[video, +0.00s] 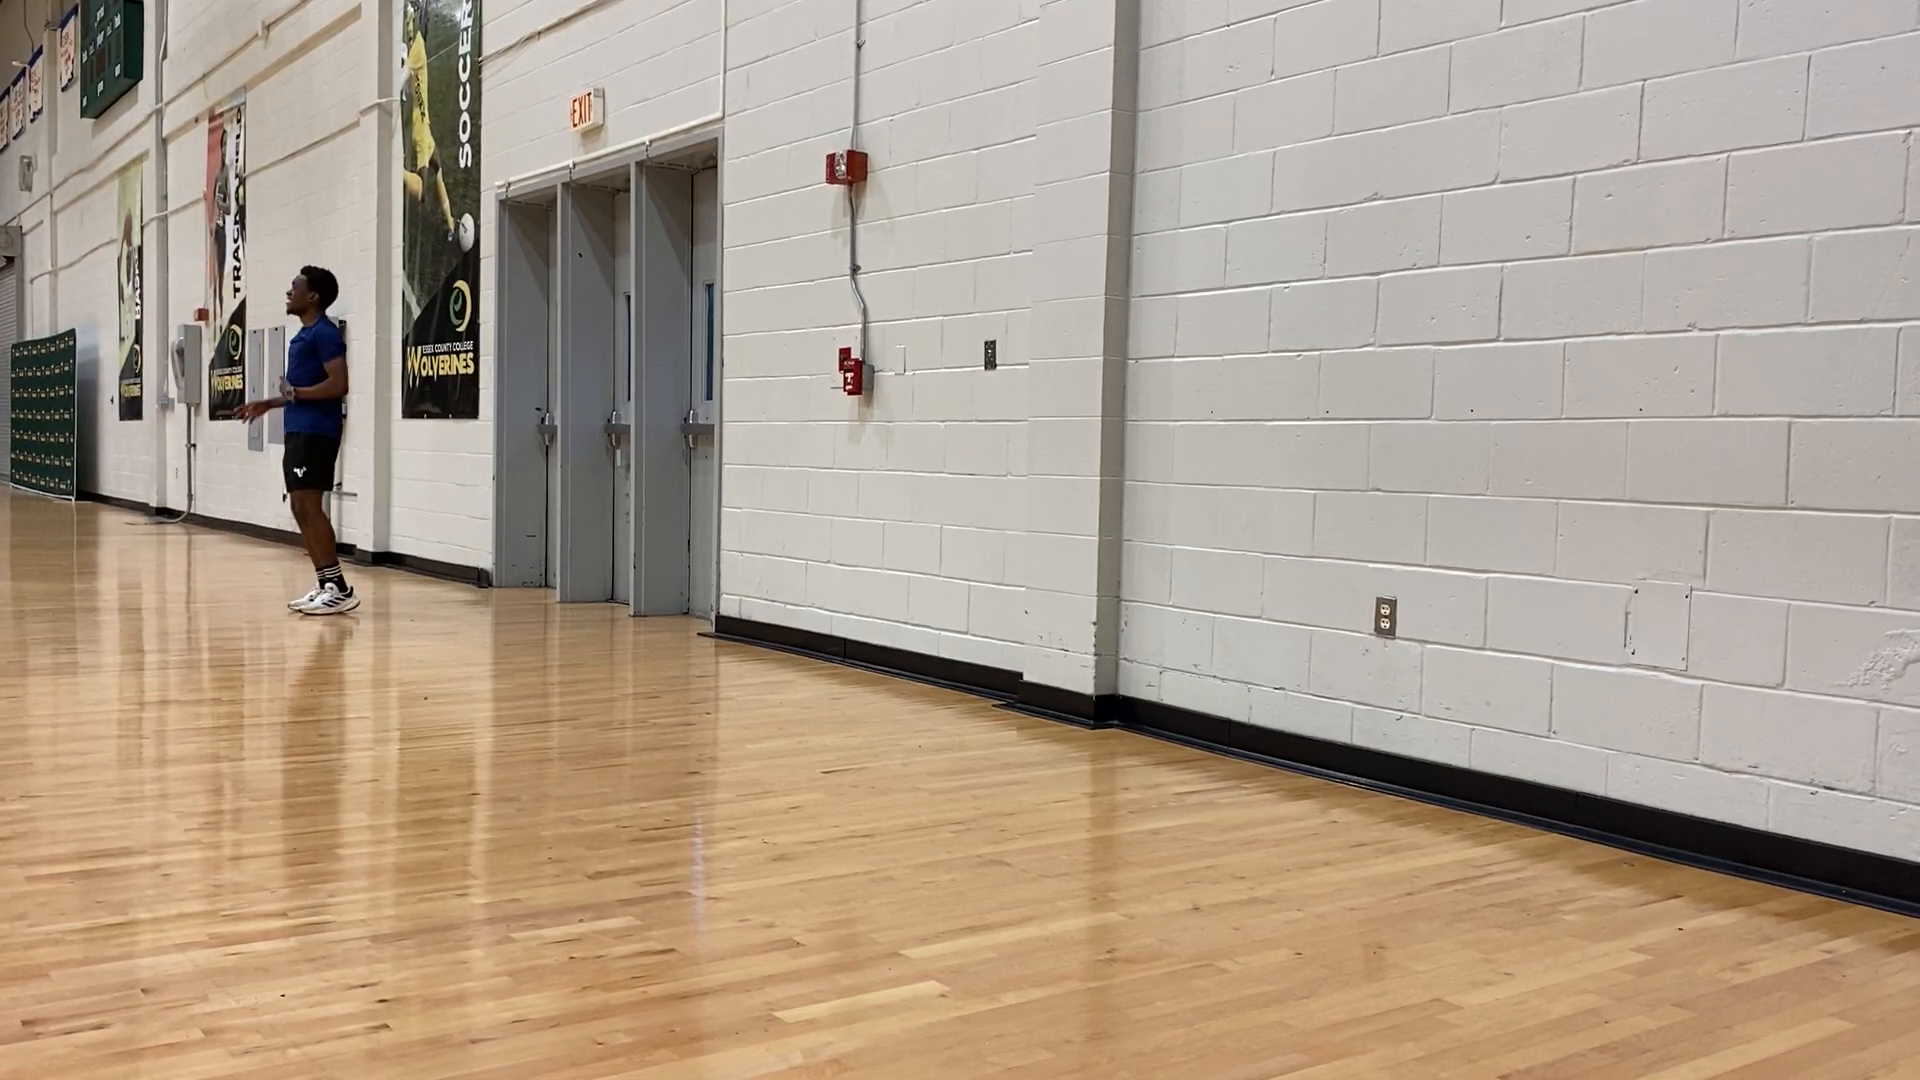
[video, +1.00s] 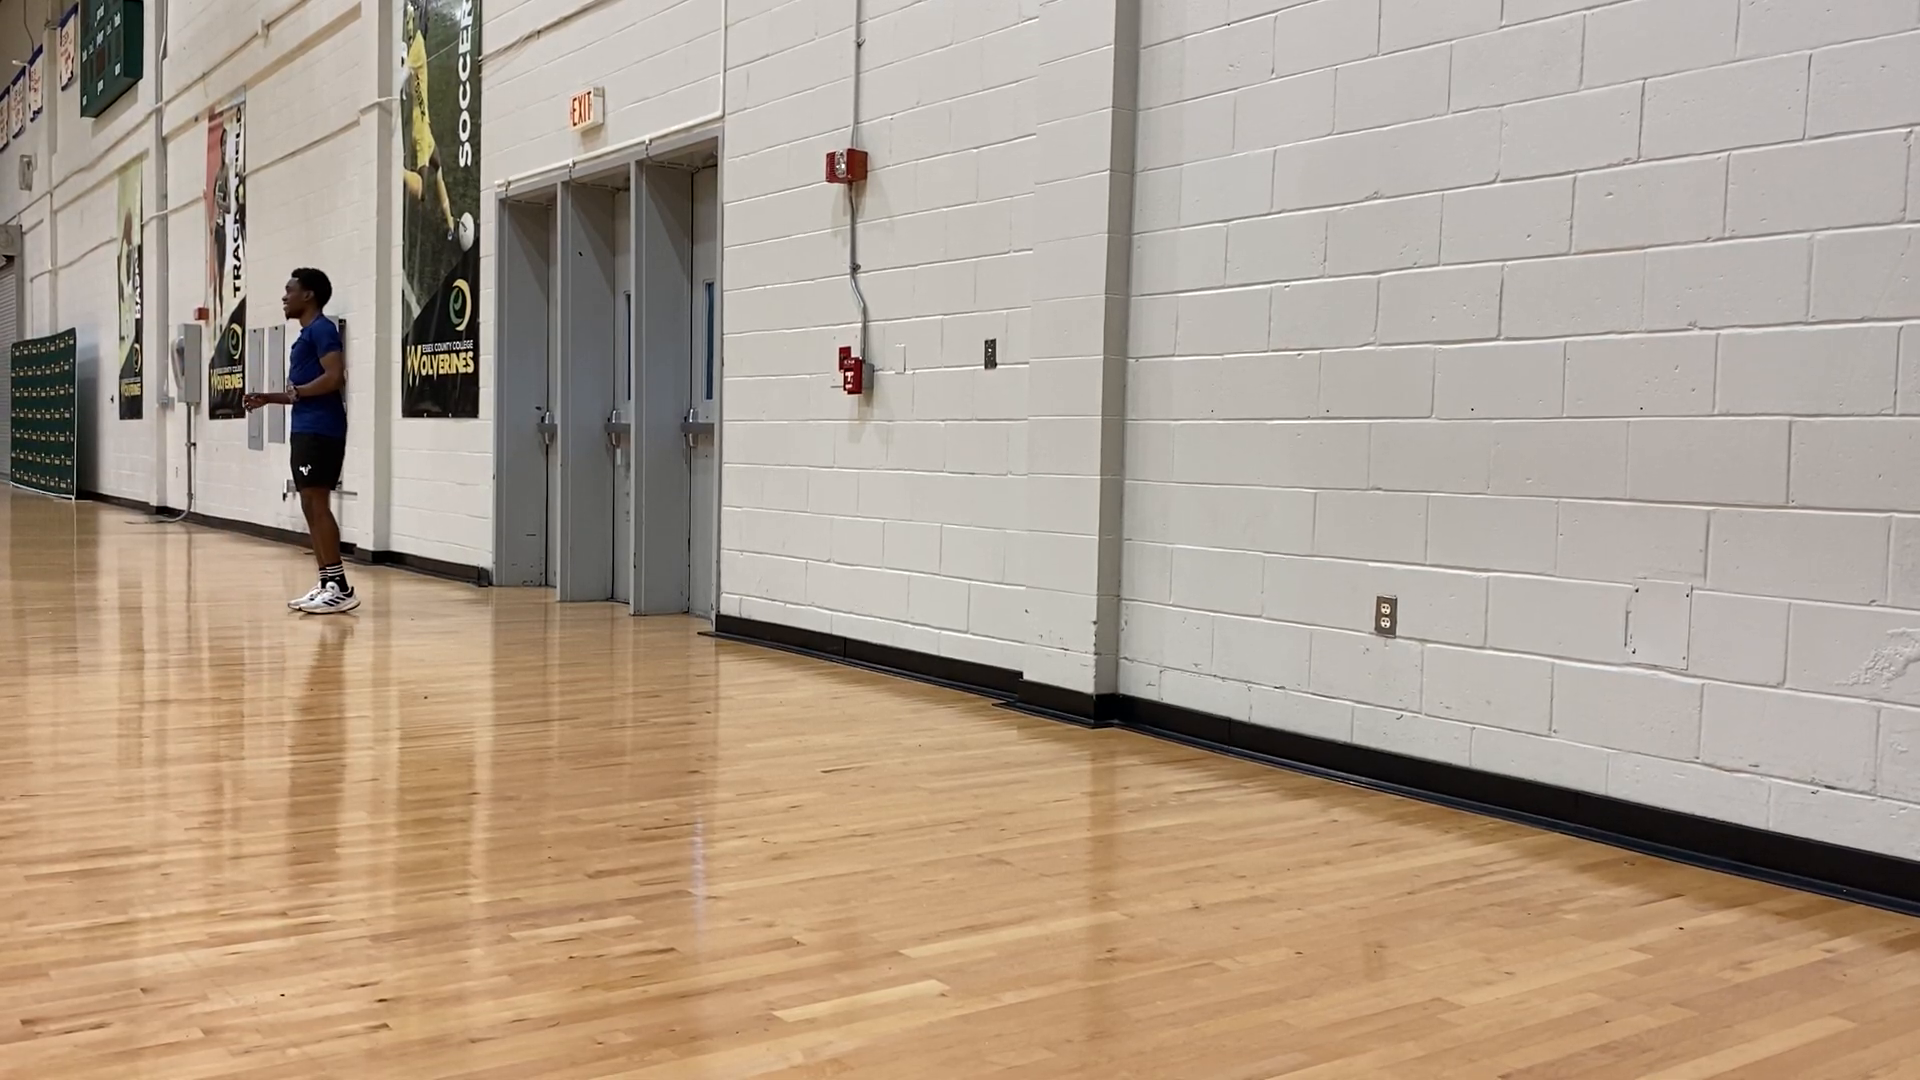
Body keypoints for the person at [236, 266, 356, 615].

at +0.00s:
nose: (289, 291)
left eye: (296, 287)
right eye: (292, 285)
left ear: (314, 296)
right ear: (309, 296)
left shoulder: (323, 332)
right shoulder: (305, 334)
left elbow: (338, 385)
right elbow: (301, 393)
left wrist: (297, 392)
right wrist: (264, 405)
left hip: (316, 434)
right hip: (300, 433)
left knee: (309, 507)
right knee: (300, 508)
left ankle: (337, 588)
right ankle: (325, 585)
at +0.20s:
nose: (290, 291)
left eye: (297, 287)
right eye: (293, 286)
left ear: (315, 297)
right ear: (309, 297)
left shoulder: (321, 331)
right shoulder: (306, 335)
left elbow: (334, 379)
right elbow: (297, 390)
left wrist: (301, 394)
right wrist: (258, 389)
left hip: (322, 435)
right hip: (308, 434)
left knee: (318, 507)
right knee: (311, 507)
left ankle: (338, 588)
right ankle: (328, 586)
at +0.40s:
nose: (282, 295)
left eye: (289, 291)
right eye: (284, 290)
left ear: (309, 297)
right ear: (304, 298)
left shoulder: (322, 331)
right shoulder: (305, 336)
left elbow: (341, 379)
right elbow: (301, 392)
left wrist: (306, 395)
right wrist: (260, 395)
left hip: (326, 434)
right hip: (310, 433)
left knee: (322, 508)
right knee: (313, 508)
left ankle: (339, 588)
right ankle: (327, 586)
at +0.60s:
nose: (280, 298)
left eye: (286, 292)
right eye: (282, 292)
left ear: (306, 297)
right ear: (303, 297)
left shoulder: (323, 331)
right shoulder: (305, 336)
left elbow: (343, 379)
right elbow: (306, 393)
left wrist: (306, 395)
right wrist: (273, 403)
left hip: (325, 433)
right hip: (308, 433)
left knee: (322, 508)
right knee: (313, 508)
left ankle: (340, 589)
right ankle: (327, 586)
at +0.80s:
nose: (282, 298)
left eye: (287, 292)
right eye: (283, 292)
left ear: (307, 296)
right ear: (304, 297)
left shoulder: (323, 330)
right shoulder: (307, 334)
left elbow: (339, 380)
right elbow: (305, 390)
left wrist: (297, 395)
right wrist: (275, 401)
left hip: (323, 433)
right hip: (307, 432)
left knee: (318, 508)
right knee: (311, 509)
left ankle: (340, 588)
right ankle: (327, 585)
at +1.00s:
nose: (283, 296)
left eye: (289, 290)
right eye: (285, 290)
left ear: (308, 295)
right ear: (305, 296)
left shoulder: (322, 329)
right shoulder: (305, 335)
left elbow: (335, 377)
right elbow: (301, 393)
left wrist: (297, 391)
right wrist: (266, 398)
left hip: (321, 432)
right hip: (306, 432)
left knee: (317, 507)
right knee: (311, 507)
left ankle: (338, 587)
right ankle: (327, 585)